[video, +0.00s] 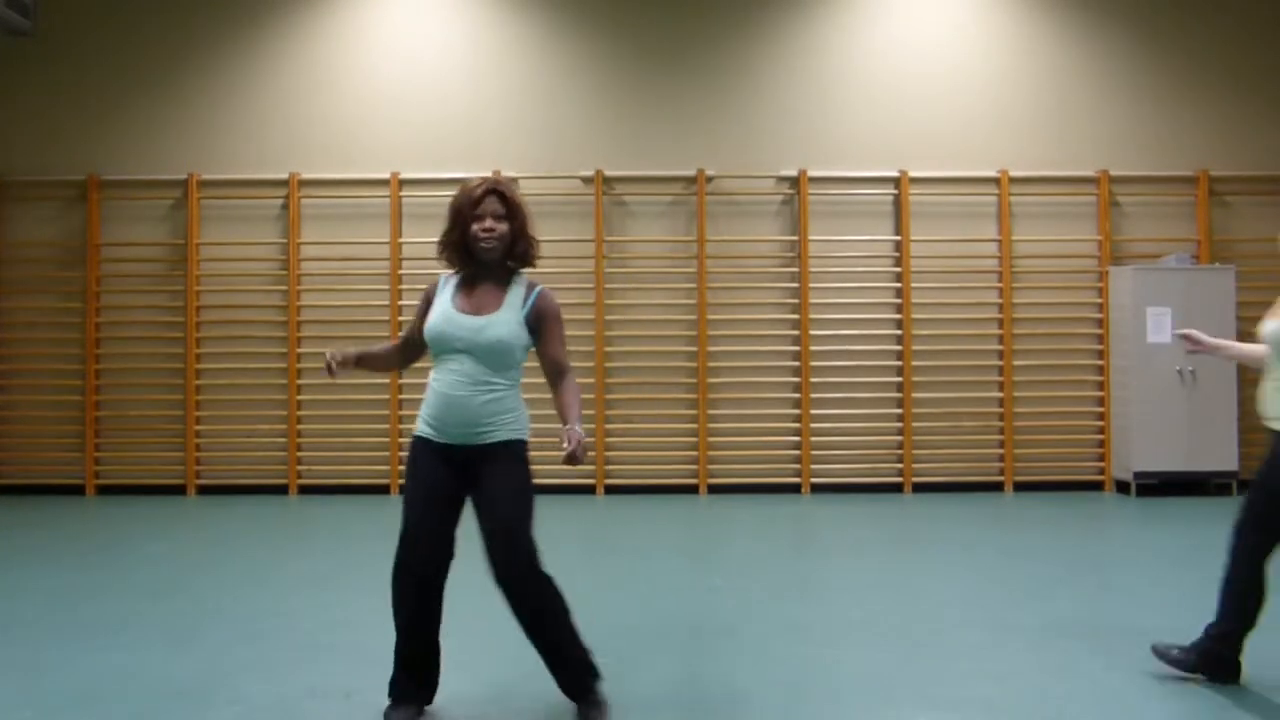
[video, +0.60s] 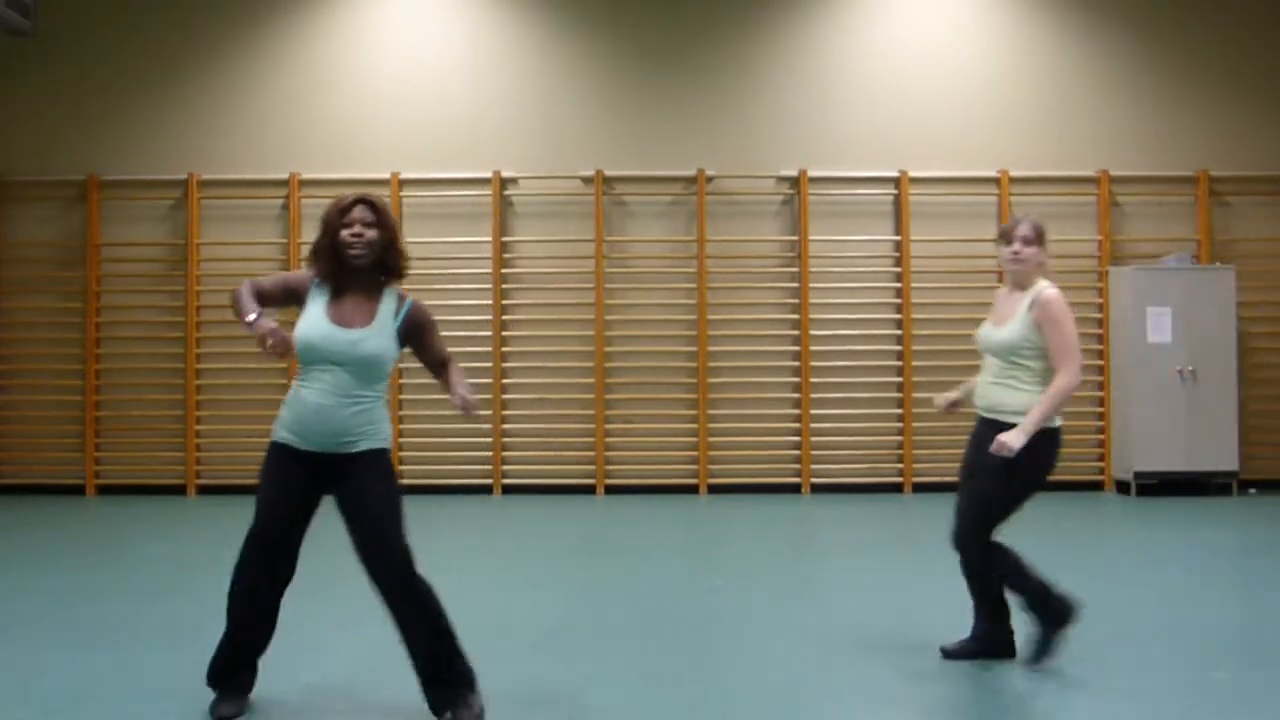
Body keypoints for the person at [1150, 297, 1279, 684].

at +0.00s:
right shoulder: (1275, 304)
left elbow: (1268, 354)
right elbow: (1272, 353)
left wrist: (1214, 346)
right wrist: (1213, 345)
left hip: (1279, 447)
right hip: (1277, 444)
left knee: (1251, 537)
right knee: (1251, 539)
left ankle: (1221, 651)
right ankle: (1221, 652)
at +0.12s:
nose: (1230, 235)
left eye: (1243, 228)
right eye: (1224, 226)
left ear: (1266, 239)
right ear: (1215, 234)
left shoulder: (1263, 290)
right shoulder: (1229, 289)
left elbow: (1276, 365)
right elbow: (1219, 362)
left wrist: (1276, 438)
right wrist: (1163, 374)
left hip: (1249, 435)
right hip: (1225, 432)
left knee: (1209, 541)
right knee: (1218, 540)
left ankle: (1210, 656)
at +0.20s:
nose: (1192, 235)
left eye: (1204, 227)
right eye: (1185, 226)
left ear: (1224, 238)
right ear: (1177, 234)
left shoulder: (1224, 288)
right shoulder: (1186, 290)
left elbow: (1254, 368)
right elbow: (1183, 366)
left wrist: (1206, 431)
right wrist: (1146, 397)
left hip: (1218, 431)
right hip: (1183, 428)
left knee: (1187, 540)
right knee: (1154, 531)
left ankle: (1211, 657)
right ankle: (1230, 622)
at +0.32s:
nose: (1135, 237)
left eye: (1147, 231)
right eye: (1128, 229)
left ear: (1164, 242)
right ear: (1118, 237)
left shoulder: (1164, 288)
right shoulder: (1130, 286)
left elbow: (1178, 364)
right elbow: (1139, 359)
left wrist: (1107, 402)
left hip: (1161, 438)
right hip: (1125, 435)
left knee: (1164, 545)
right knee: (1082, 526)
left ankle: (1208, 654)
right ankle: (1062, 631)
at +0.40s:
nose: (1098, 243)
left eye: (1109, 237)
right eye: (1092, 235)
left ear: (1126, 247)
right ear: (1083, 244)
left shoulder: (1125, 292)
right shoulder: (1094, 292)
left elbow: (1136, 367)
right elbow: (1097, 363)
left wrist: (1065, 396)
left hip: (1121, 438)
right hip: (1082, 435)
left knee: (1125, 545)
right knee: (1043, 534)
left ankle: (1198, 642)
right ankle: (1006, 629)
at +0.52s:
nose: (1047, 249)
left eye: (1058, 243)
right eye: (1040, 242)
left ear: (1073, 252)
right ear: (1031, 250)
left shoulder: (1075, 299)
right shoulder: (1038, 297)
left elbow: (1089, 374)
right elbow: (1037, 367)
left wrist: (1029, 415)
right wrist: (1010, 405)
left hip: (1059, 440)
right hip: (1021, 436)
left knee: (1028, 548)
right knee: (991, 533)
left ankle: (1127, 608)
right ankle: (993, 634)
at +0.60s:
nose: (1017, 250)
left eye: (1027, 243)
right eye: (1010, 242)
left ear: (1043, 253)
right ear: (1000, 250)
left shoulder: (1047, 301)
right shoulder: (1003, 297)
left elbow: (1069, 374)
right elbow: (999, 367)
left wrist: (1023, 430)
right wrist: (961, 394)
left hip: (1028, 436)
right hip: (990, 429)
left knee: (972, 534)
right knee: (968, 534)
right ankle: (991, 634)